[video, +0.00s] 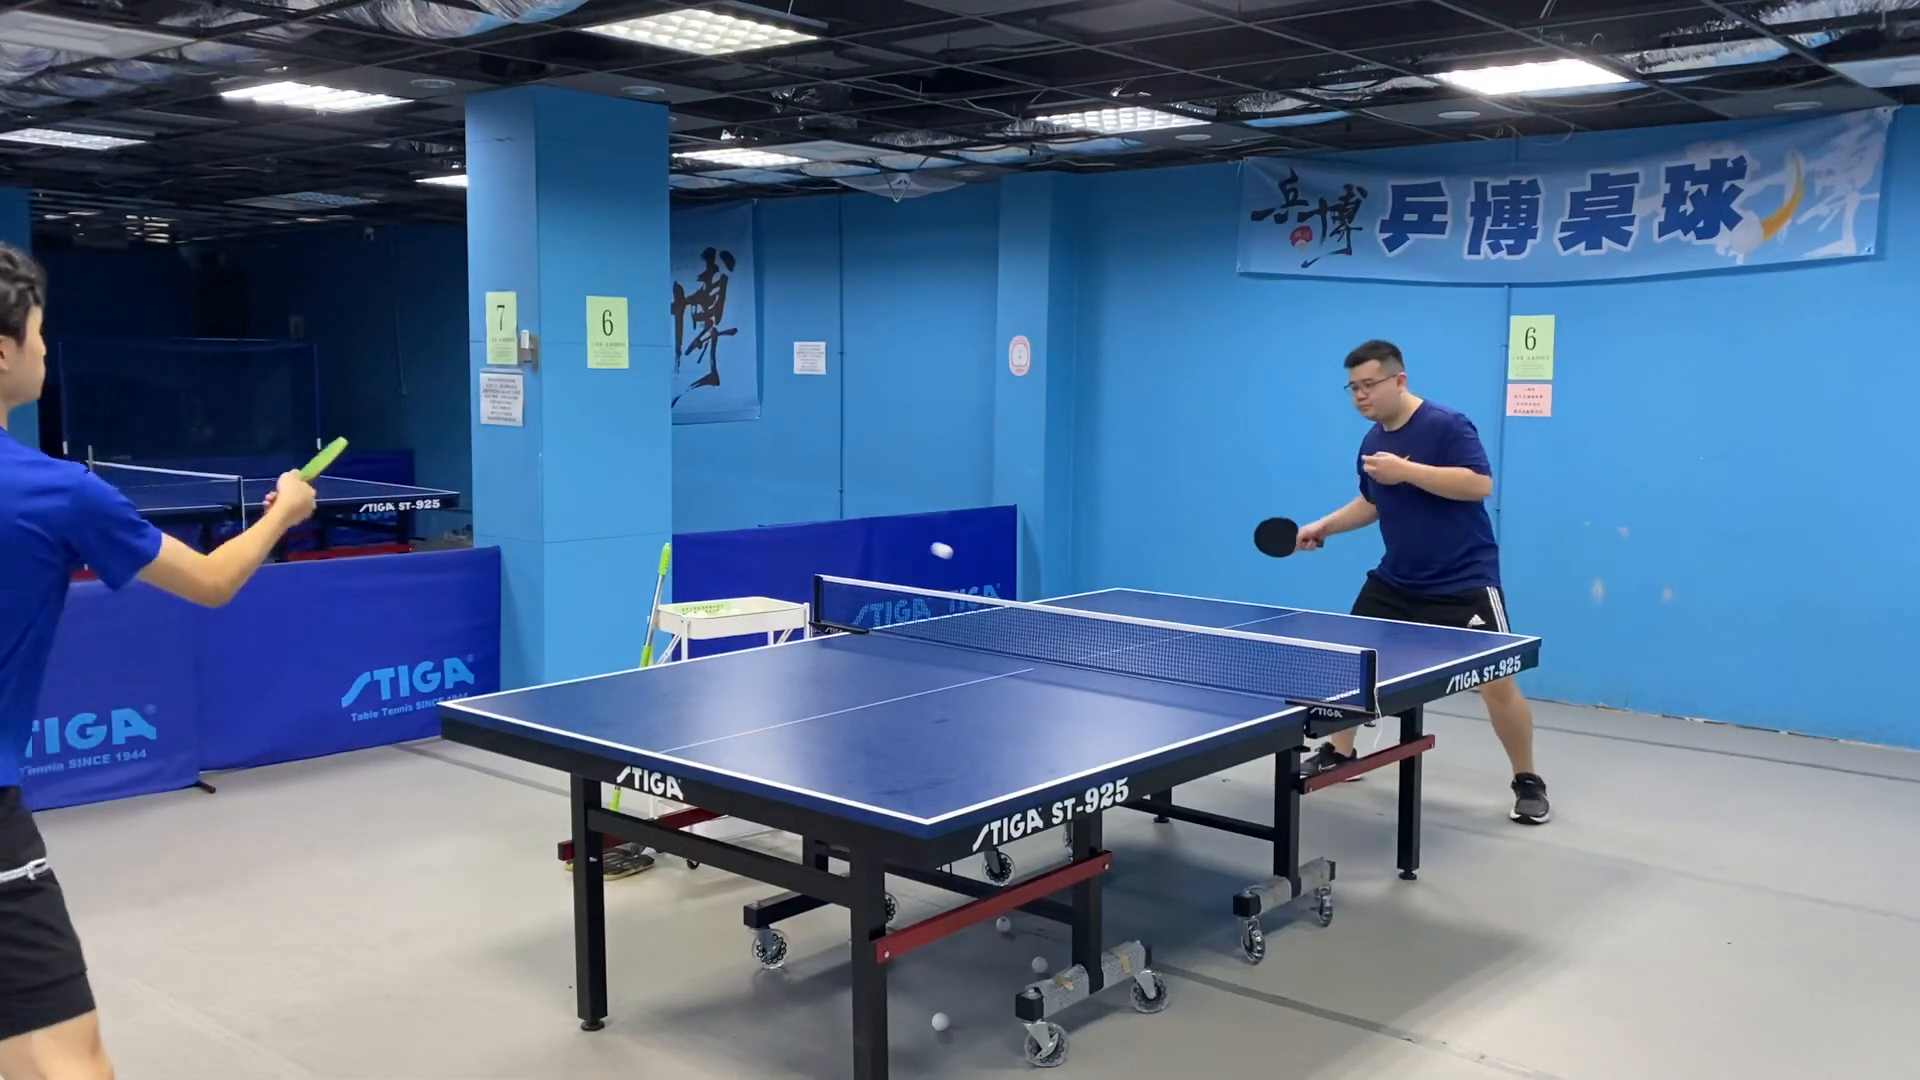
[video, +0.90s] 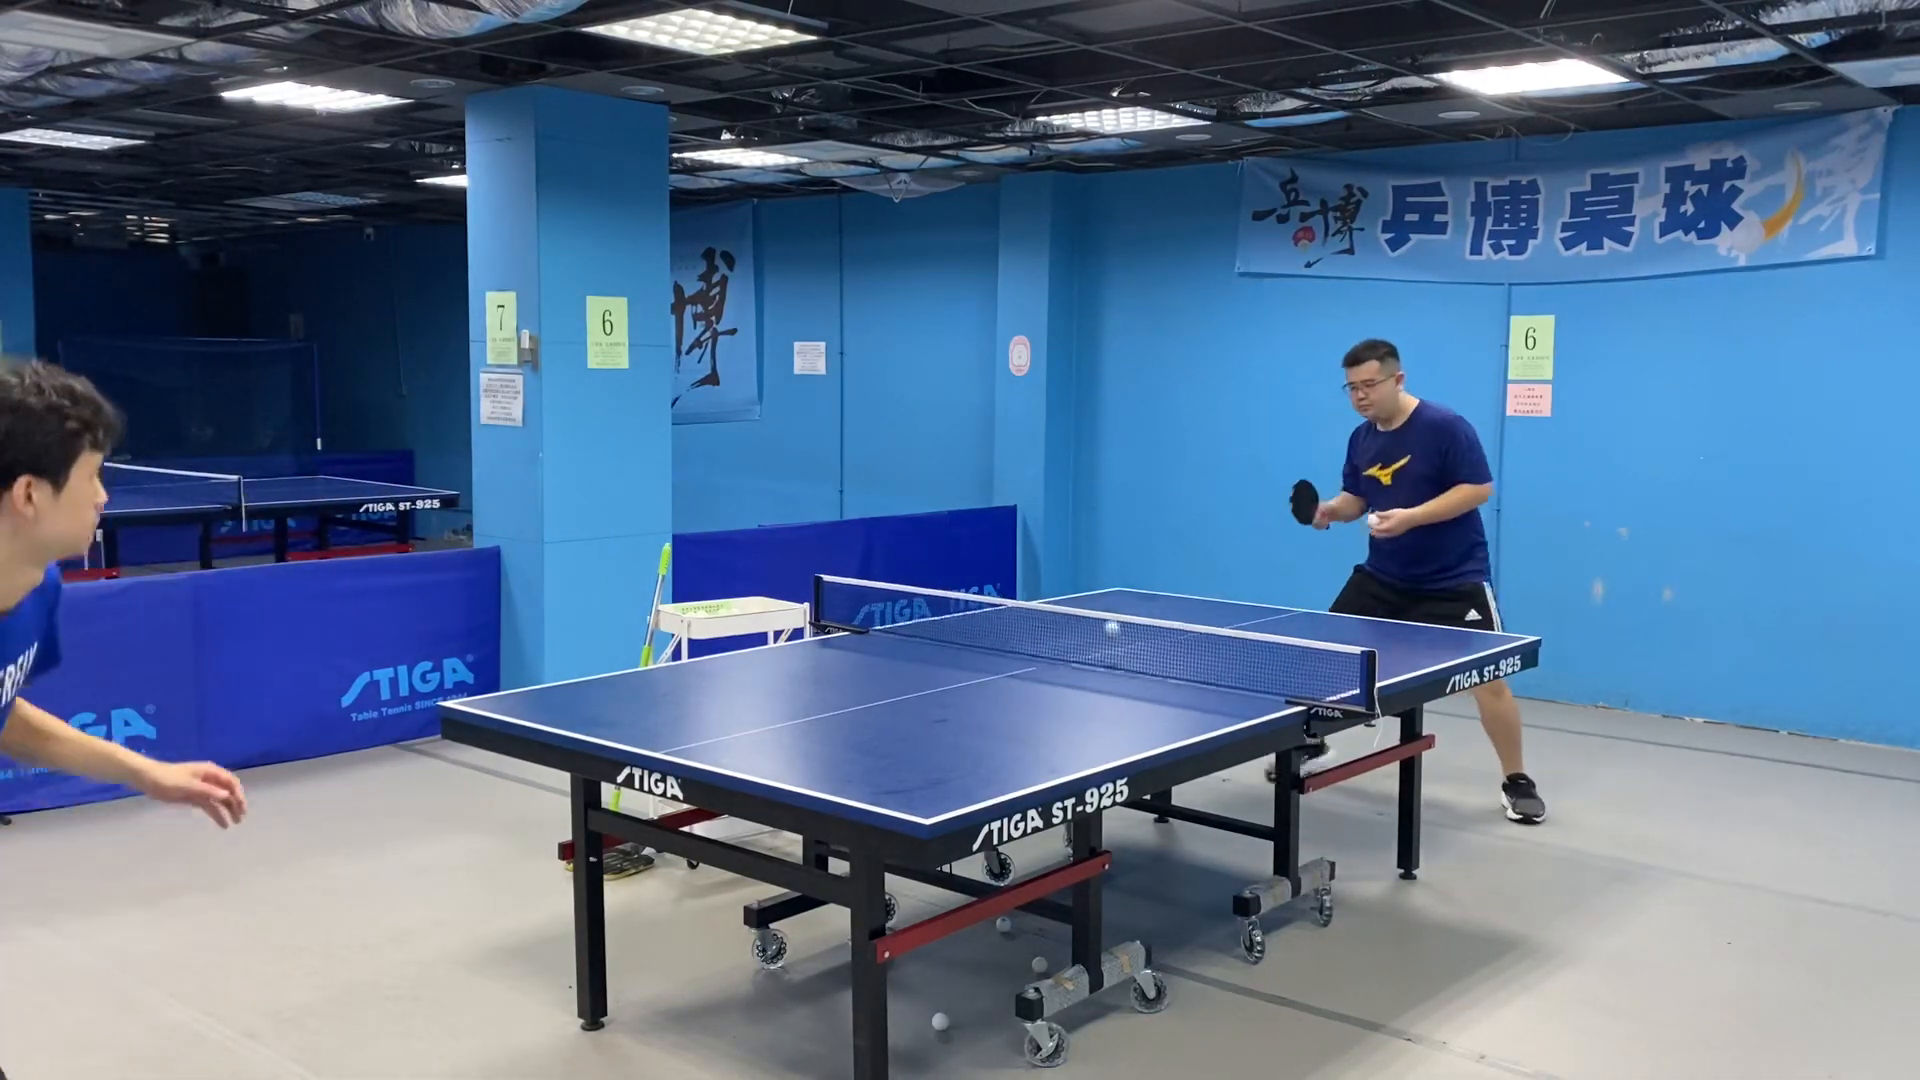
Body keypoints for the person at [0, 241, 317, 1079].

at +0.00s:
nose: (44, 355)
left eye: (39, 334)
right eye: (37, 336)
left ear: (0, 349)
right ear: (1, 349)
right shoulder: (52, 490)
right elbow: (209, 582)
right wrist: (283, 513)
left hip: (6, 798)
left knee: (27, 1051)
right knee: (66, 1052)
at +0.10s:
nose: (31, 345)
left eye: (26, 325)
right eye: (25, 327)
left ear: (9, 331)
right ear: (3, 333)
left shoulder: (20, 482)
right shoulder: (26, 488)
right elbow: (183, 602)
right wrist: (252, 525)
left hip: (9, 809)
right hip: (1, 812)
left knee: (45, 1052)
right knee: (49, 1055)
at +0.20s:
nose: (25, 362)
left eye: (22, 339)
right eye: (20, 340)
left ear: (6, 345)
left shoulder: (19, 517)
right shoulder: (16, 515)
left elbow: (150, 654)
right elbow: (156, 657)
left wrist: (225, 582)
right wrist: (232, 578)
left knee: (38, 1048)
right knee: (39, 1050)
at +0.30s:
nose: (36, 377)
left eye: (30, 354)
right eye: (27, 355)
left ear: (0, 361)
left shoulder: (18, 539)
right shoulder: (16, 540)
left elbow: (130, 702)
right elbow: (139, 708)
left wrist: (230, 636)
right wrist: (237, 632)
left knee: (23, 1056)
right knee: (21, 1060)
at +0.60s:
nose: (87, 489)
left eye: (84, 470)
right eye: (77, 470)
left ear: (20, 492)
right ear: (20, 490)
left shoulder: (13, 597)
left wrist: (120, 795)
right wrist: (19, 927)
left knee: (21, 1047)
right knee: (20, 1050)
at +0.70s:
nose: (98, 541)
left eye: (94, 522)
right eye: (86, 523)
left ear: (28, 547)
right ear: (26, 544)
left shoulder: (22, 638)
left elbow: (8, 769)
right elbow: (14, 774)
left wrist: (137, 837)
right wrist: (136, 837)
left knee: (24, 1062)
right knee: (22, 1064)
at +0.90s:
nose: (102, 498)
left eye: (98, 476)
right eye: (92, 476)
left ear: (27, 498)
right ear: (28, 496)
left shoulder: (38, 587)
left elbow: (5, 715)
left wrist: (147, 774)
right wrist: (147, 774)